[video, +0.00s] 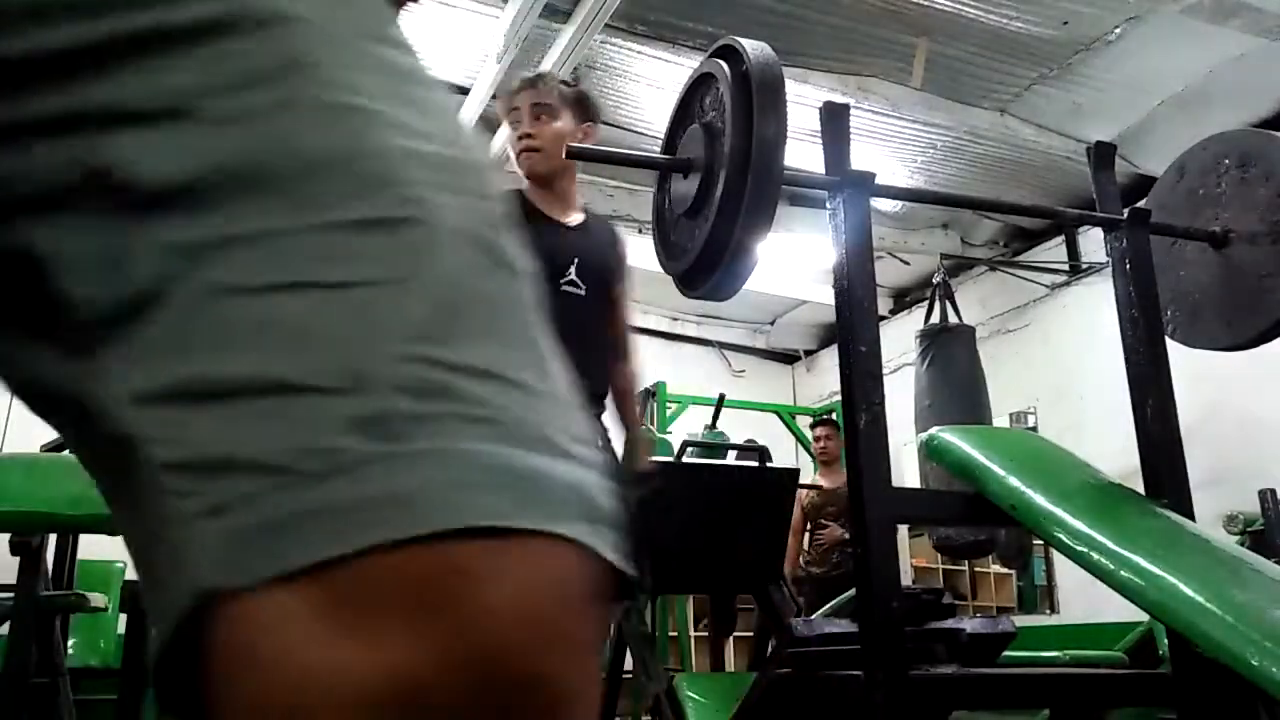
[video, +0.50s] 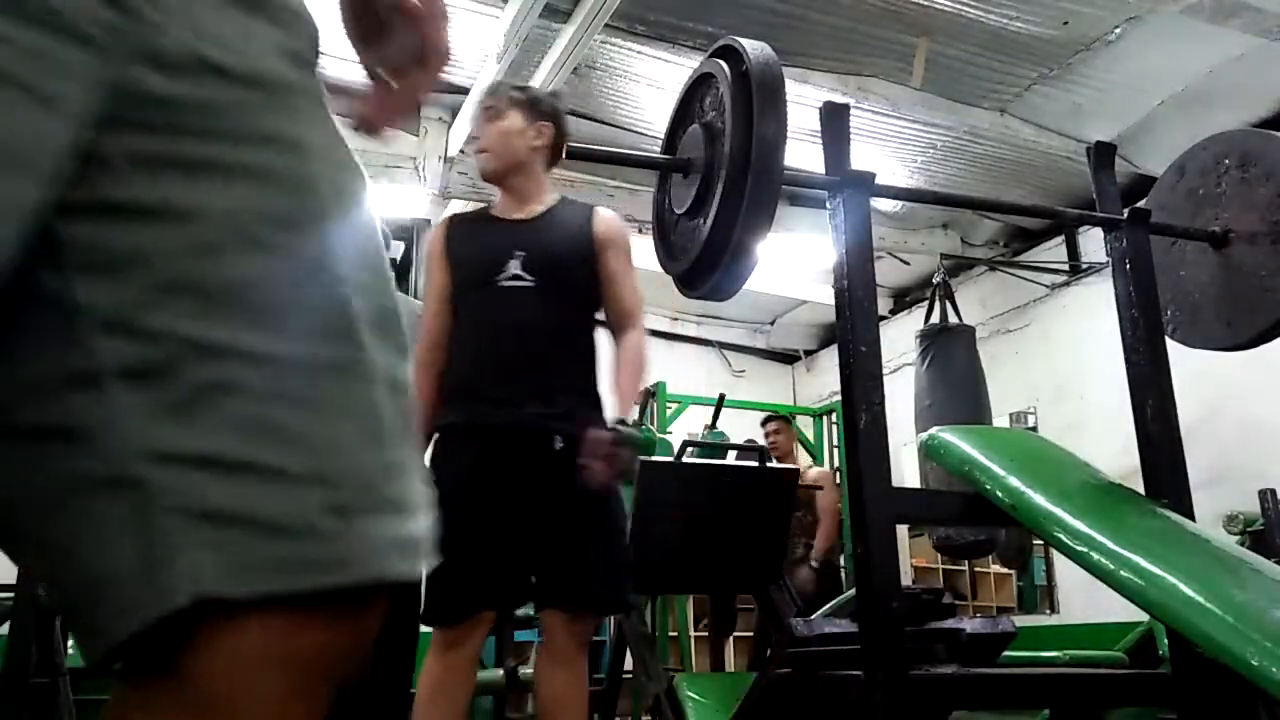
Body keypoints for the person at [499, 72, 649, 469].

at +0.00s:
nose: (525, 131)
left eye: (543, 115)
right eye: (516, 121)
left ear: (584, 134)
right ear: (507, 138)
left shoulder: (604, 239)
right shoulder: (493, 220)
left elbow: (616, 353)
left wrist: (635, 434)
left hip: (579, 428)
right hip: (497, 419)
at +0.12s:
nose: (529, 131)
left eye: (547, 117)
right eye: (522, 121)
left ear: (591, 133)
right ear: (514, 140)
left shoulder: (632, 240)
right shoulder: (487, 219)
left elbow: (661, 354)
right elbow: (434, 333)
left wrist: (693, 451)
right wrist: (427, 435)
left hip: (592, 450)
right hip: (498, 440)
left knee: (580, 624)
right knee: (489, 617)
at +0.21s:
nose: (524, 133)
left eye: (542, 118)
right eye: (518, 124)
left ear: (589, 133)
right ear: (514, 144)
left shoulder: (633, 236)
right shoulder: (488, 224)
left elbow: (674, 352)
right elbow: (431, 337)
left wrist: (712, 454)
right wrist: (398, 437)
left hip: (593, 457)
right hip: (498, 449)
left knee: (577, 629)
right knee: (469, 616)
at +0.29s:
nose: (514, 133)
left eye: (533, 118)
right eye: (510, 123)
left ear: (581, 135)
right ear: (508, 143)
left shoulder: (631, 233)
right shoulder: (484, 228)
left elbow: (672, 344)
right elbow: (432, 344)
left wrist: (705, 444)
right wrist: (420, 438)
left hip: (592, 456)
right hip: (495, 448)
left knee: (576, 630)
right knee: (460, 615)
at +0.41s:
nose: (494, 135)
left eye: (512, 119)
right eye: (493, 125)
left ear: (561, 134)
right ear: (494, 145)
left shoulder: (615, 230)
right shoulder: (467, 230)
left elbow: (652, 333)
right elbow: (437, 350)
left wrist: (659, 431)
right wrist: (423, 443)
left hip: (581, 452)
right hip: (484, 448)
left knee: (573, 628)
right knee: (460, 624)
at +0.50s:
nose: (478, 132)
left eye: (495, 117)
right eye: (478, 121)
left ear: (543, 134)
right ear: (482, 142)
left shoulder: (597, 228)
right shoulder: (449, 234)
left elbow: (628, 328)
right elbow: (431, 348)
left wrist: (622, 421)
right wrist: (413, 446)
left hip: (569, 448)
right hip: (470, 446)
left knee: (568, 631)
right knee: (455, 630)